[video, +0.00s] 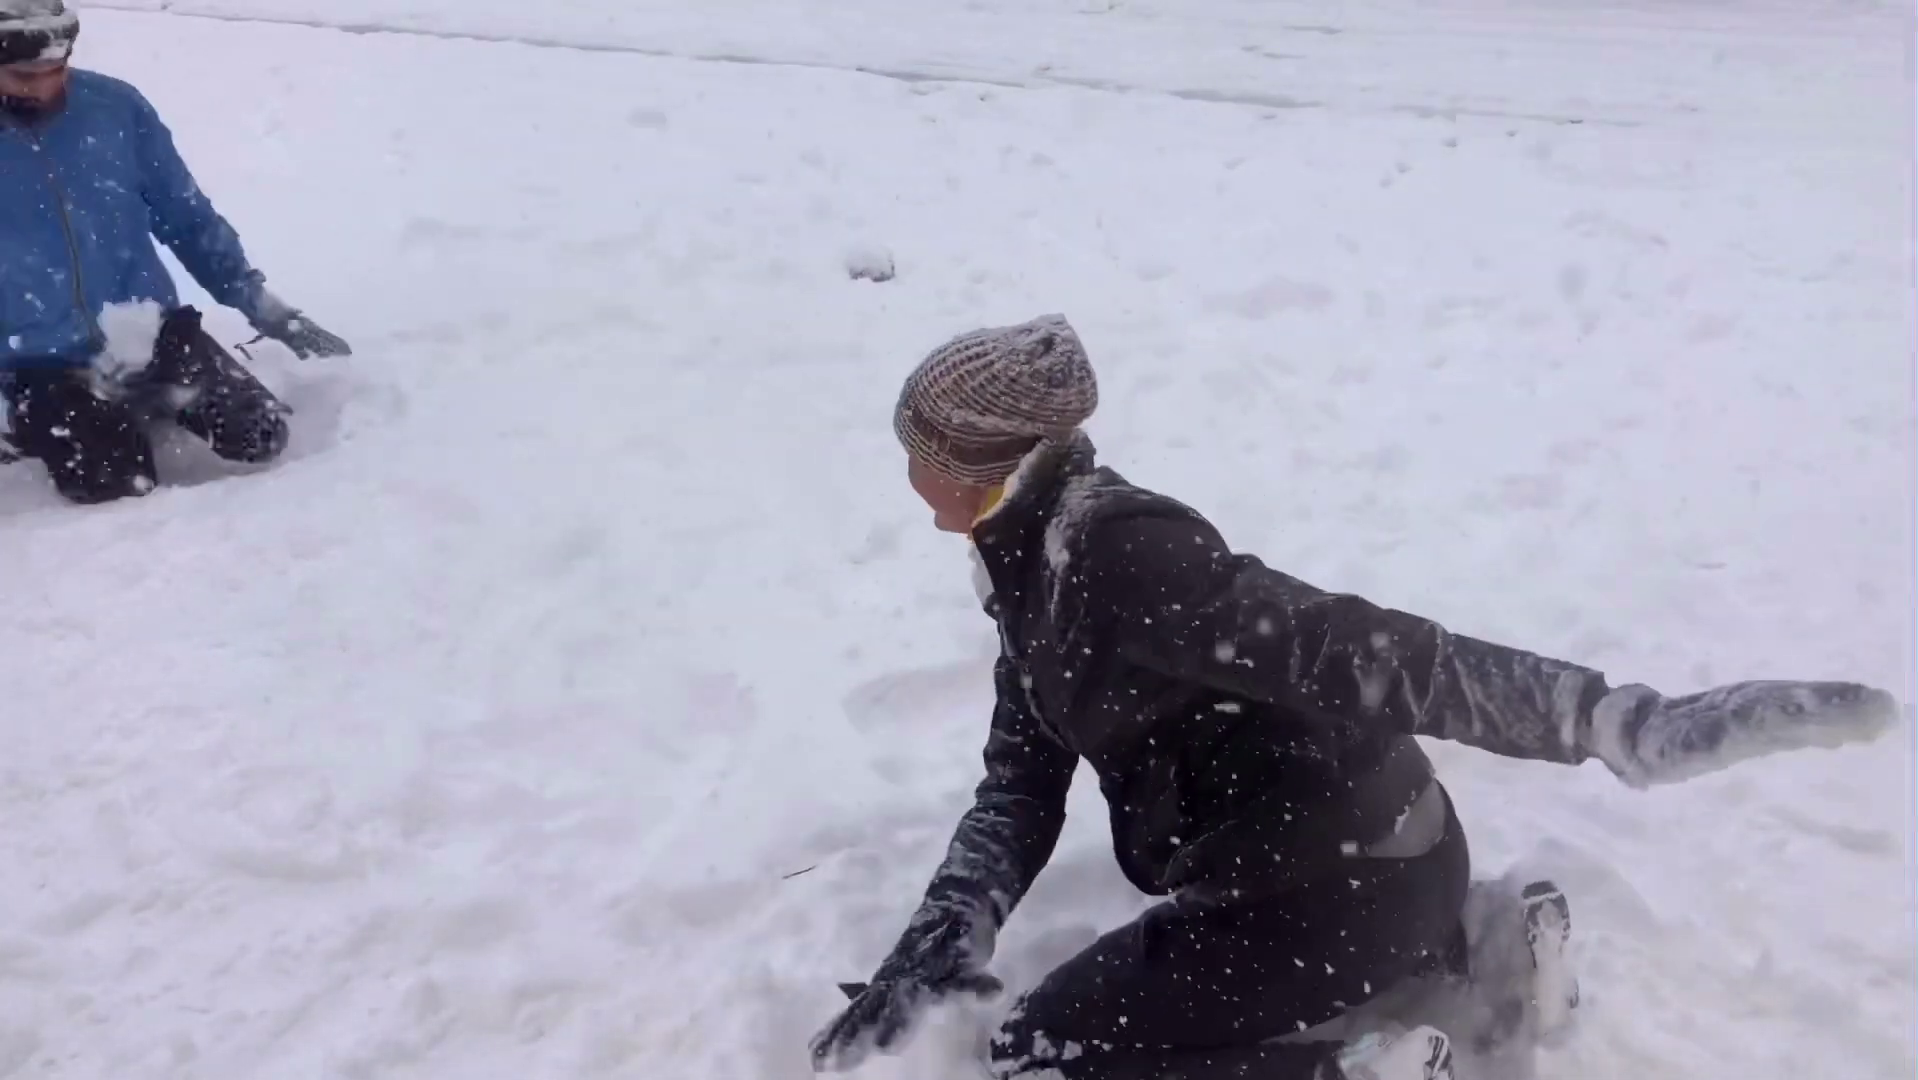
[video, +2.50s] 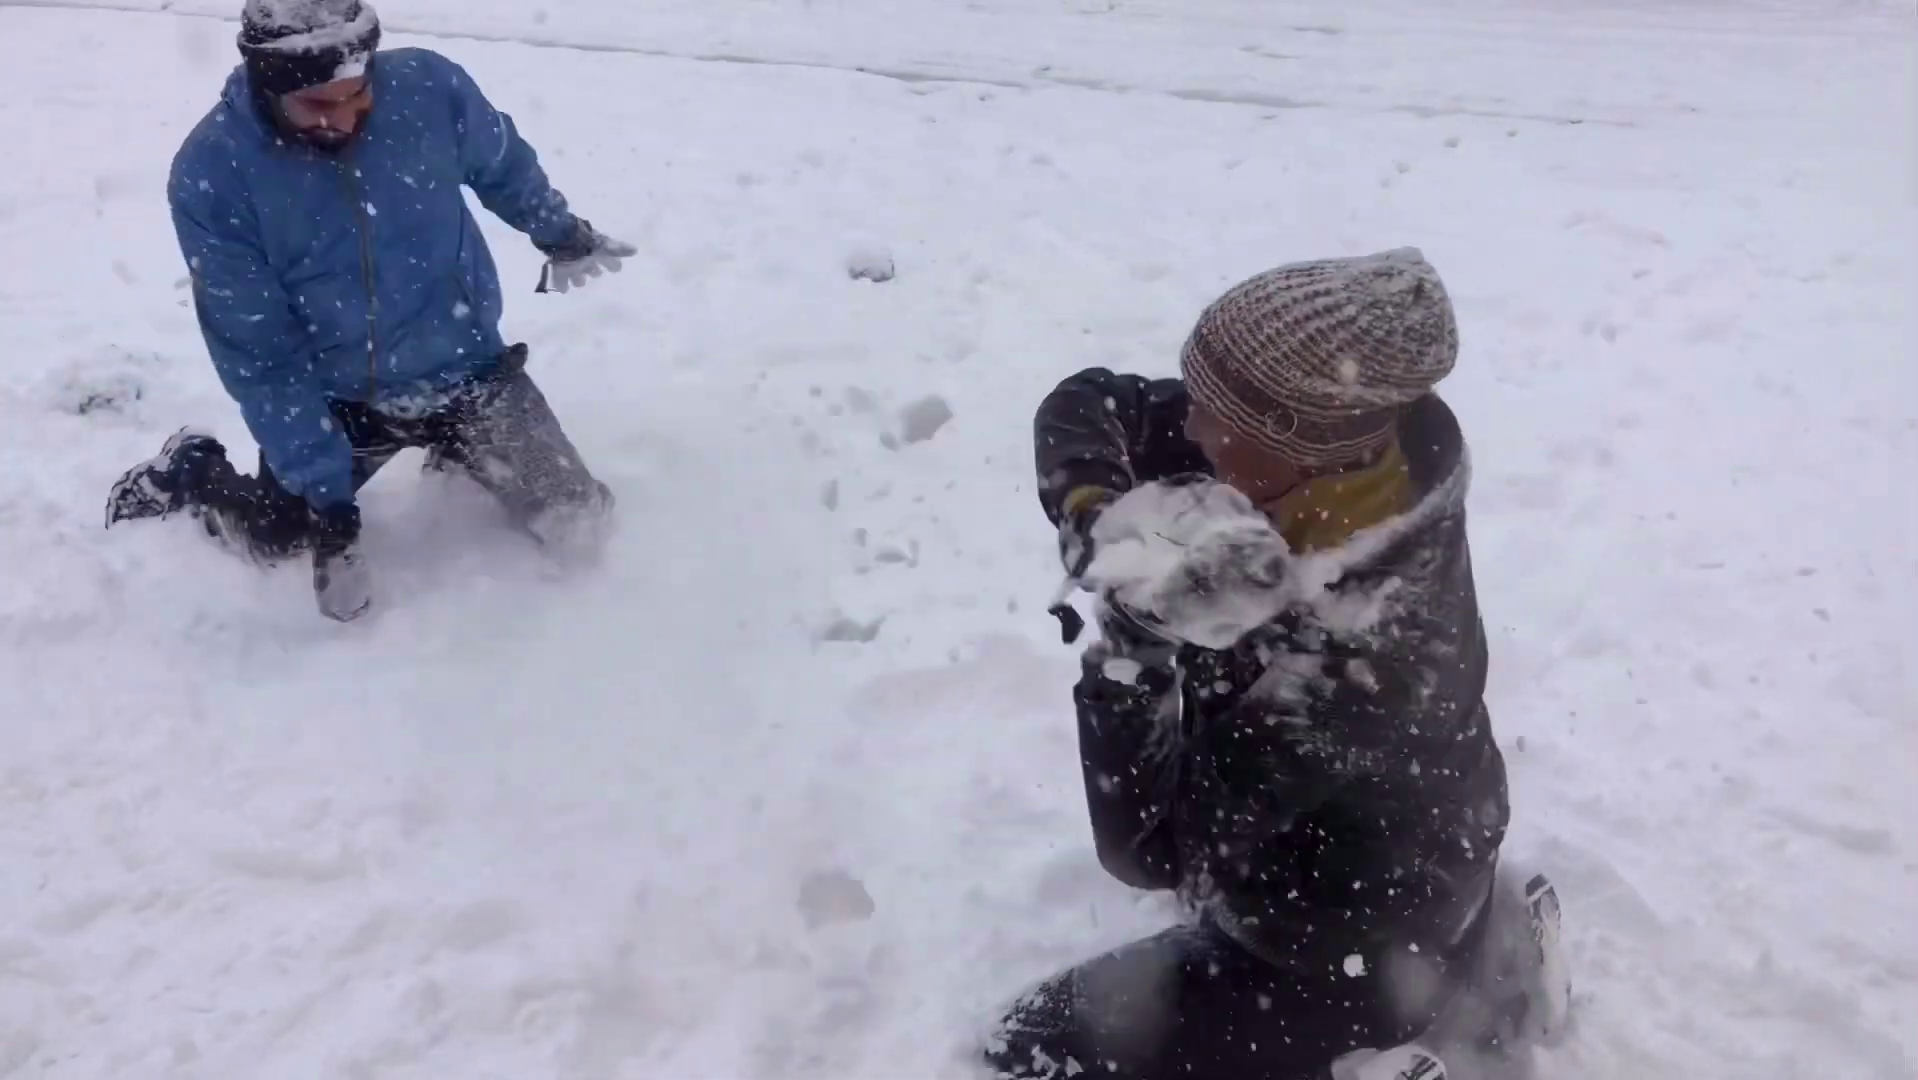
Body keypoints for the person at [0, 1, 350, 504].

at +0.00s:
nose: (46, 87)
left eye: (56, 68)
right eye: (26, 75)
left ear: (69, 53)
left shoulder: (116, 108)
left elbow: (188, 219)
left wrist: (262, 305)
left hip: (149, 327)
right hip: (41, 359)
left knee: (262, 436)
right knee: (115, 484)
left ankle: (165, 388)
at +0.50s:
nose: (197, 67)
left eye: (207, 45)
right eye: (175, 50)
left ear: (221, 40)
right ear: (134, 51)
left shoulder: (262, 124)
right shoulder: (76, 136)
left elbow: (304, 262)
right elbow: (99, 300)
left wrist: (343, 372)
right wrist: (180, 424)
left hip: (231, 331)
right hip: (128, 336)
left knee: (263, 420)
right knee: (139, 473)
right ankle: (60, 407)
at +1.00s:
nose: (209, 11)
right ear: (145, 1)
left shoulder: (267, 64)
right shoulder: (86, 107)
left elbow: (324, 199)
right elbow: (92, 281)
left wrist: (375, 317)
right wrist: (114, 429)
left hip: (274, 331)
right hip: (172, 348)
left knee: (304, 485)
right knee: (252, 496)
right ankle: (130, 467)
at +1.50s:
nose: (249, 131)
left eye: (261, 106)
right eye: (225, 111)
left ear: (275, 94)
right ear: (180, 108)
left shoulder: (295, 148)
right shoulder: (104, 193)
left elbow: (333, 281)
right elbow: (127, 383)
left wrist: (376, 397)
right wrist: (218, 479)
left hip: (279, 377)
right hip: (176, 397)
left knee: (304, 453)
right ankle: (133, 491)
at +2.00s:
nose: (270, 151)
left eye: (282, 126)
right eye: (243, 136)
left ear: (293, 108)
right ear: (191, 128)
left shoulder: (317, 136)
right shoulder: (123, 213)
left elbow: (394, 270)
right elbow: (164, 387)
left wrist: (466, 406)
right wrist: (221, 522)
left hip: (312, 341)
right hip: (211, 387)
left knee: (437, 431)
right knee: (278, 529)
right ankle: (140, 471)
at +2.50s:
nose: (343, 120)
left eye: (357, 94)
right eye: (318, 104)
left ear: (371, 62)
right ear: (269, 86)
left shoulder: (427, 90)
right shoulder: (214, 176)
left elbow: (503, 164)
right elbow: (260, 359)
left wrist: (559, 231)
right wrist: (333, 519)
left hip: (469, 375)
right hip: (339, 405)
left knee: (583, 529)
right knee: (283, 542)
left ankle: (466, 445)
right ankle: (190, 476)